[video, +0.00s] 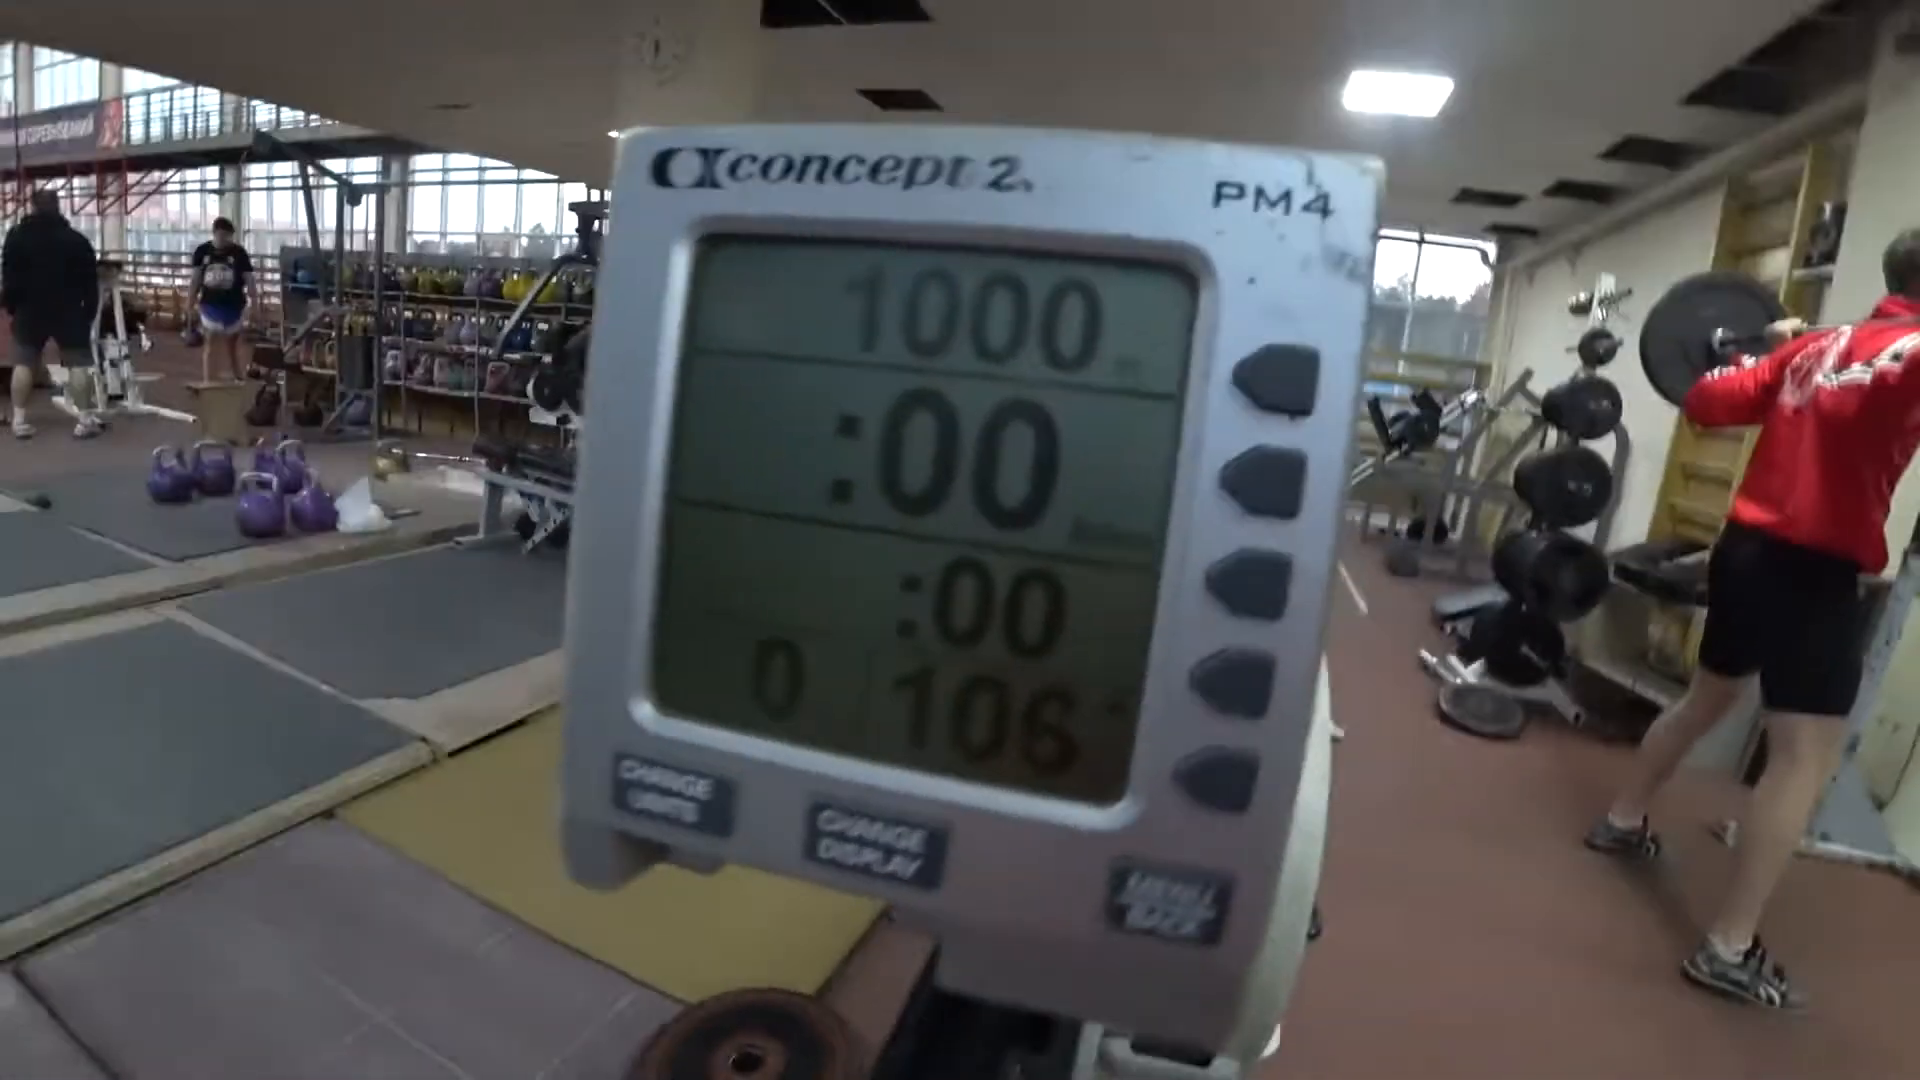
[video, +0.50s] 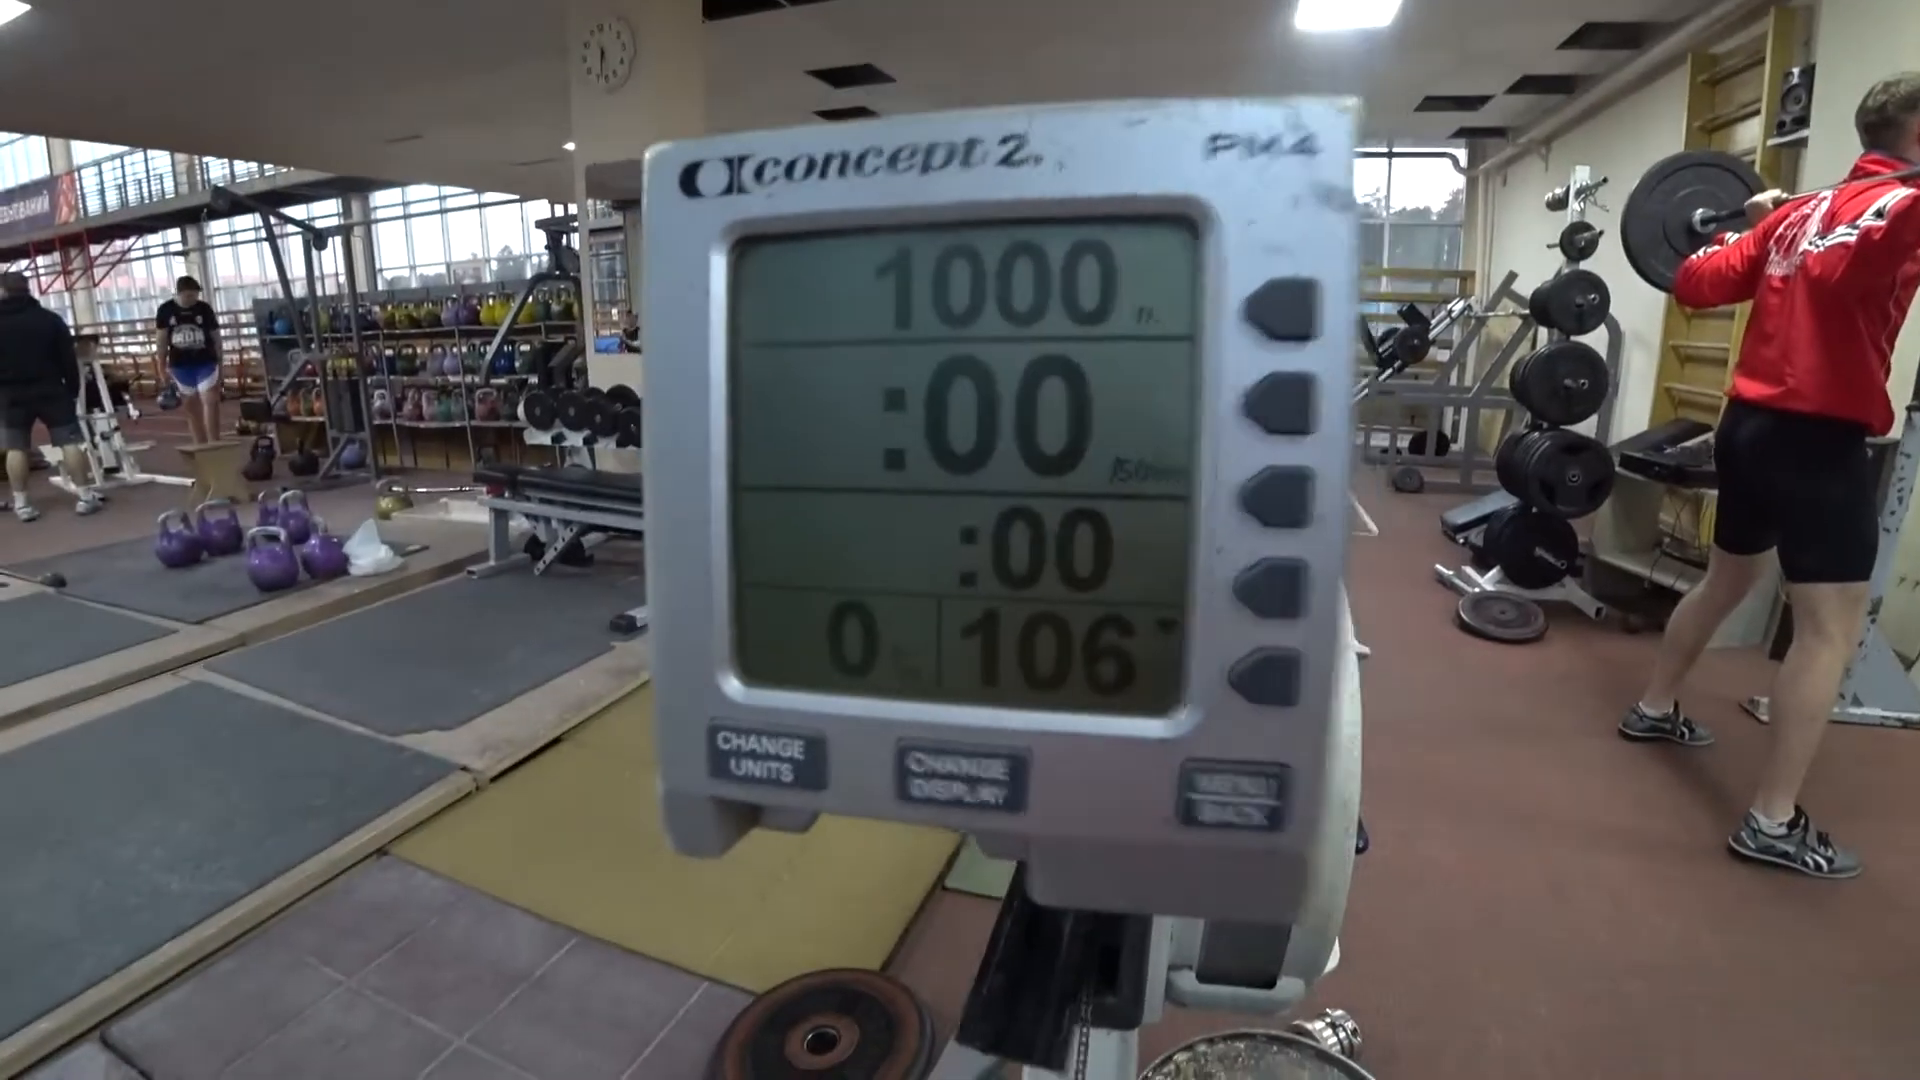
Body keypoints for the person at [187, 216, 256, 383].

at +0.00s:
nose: (222, 239)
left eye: (226, 235)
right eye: (219, 235)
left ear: (232, 235)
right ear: (213, 234)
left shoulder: (239, 252)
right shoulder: (202, 251)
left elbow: (249, 281)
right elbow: (195, 280)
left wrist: (255, 307)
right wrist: (189, 306)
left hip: (234, 306)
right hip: (210, 305)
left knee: (233, 345)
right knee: (210, 345)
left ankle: (239, 379)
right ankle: (208, 383)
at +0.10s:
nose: (198, 289)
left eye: (201, 285)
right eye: (194, 285)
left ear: (206, 284)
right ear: (187, 285)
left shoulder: (215, 301)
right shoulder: (177, 303)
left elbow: (227, 329)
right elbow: (174, 334)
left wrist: (235, 354)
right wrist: (173, 360)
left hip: (215, 353)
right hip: (190, 354)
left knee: (219, 390)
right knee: (195, 393)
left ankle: (229, 424)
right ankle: (199, 430)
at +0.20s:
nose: (182, 308)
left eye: (186, 303)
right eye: (179, 304)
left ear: (192, 302)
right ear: (173, 304)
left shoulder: (203, 319)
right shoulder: (165, 321)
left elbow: (216, 347)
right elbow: (162, 352)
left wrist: (224, 372)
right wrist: (163, 382)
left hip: (204, 372)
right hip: (179, 374)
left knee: (211, 410)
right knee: (189, 411)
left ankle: (222, 443)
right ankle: (194, 451)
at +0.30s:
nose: (179, 306)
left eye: (183, 302)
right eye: (175, 302)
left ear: (189, 301)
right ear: (169, 302)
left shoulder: (200, 317)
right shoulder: (160, 320)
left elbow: (212, 346)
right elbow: (157, 350)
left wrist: (219, 371)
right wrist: (159, 379)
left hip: (201, 370)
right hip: (176, 373)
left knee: (209, 410)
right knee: (187, 412)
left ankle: (217, 441)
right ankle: (194, 451)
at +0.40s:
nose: (183, 301)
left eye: (186, 297)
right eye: (179, 298)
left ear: (191, 297)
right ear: (172, 297)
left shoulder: (201, 313)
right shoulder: (161, 314)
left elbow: (213, 341)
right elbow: (158, 345)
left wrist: (217, 365)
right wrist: (159, 372)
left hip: (202, 365)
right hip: (177, 369)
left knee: (210, 406)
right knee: (188, 408)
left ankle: (213, 443)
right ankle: (196, 448)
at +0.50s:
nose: (192, 298)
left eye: (195, 294)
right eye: (188, 295)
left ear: (198, 293)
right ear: (179, 294)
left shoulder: (204, 309)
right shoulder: (166, 310)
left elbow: (216, 337)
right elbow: (161, 341)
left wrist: (219, 363)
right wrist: (162, 369)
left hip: (205, 362)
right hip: (180, 365)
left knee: (211, 403)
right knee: (191, 407)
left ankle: (214, 444)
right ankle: (200, 446)